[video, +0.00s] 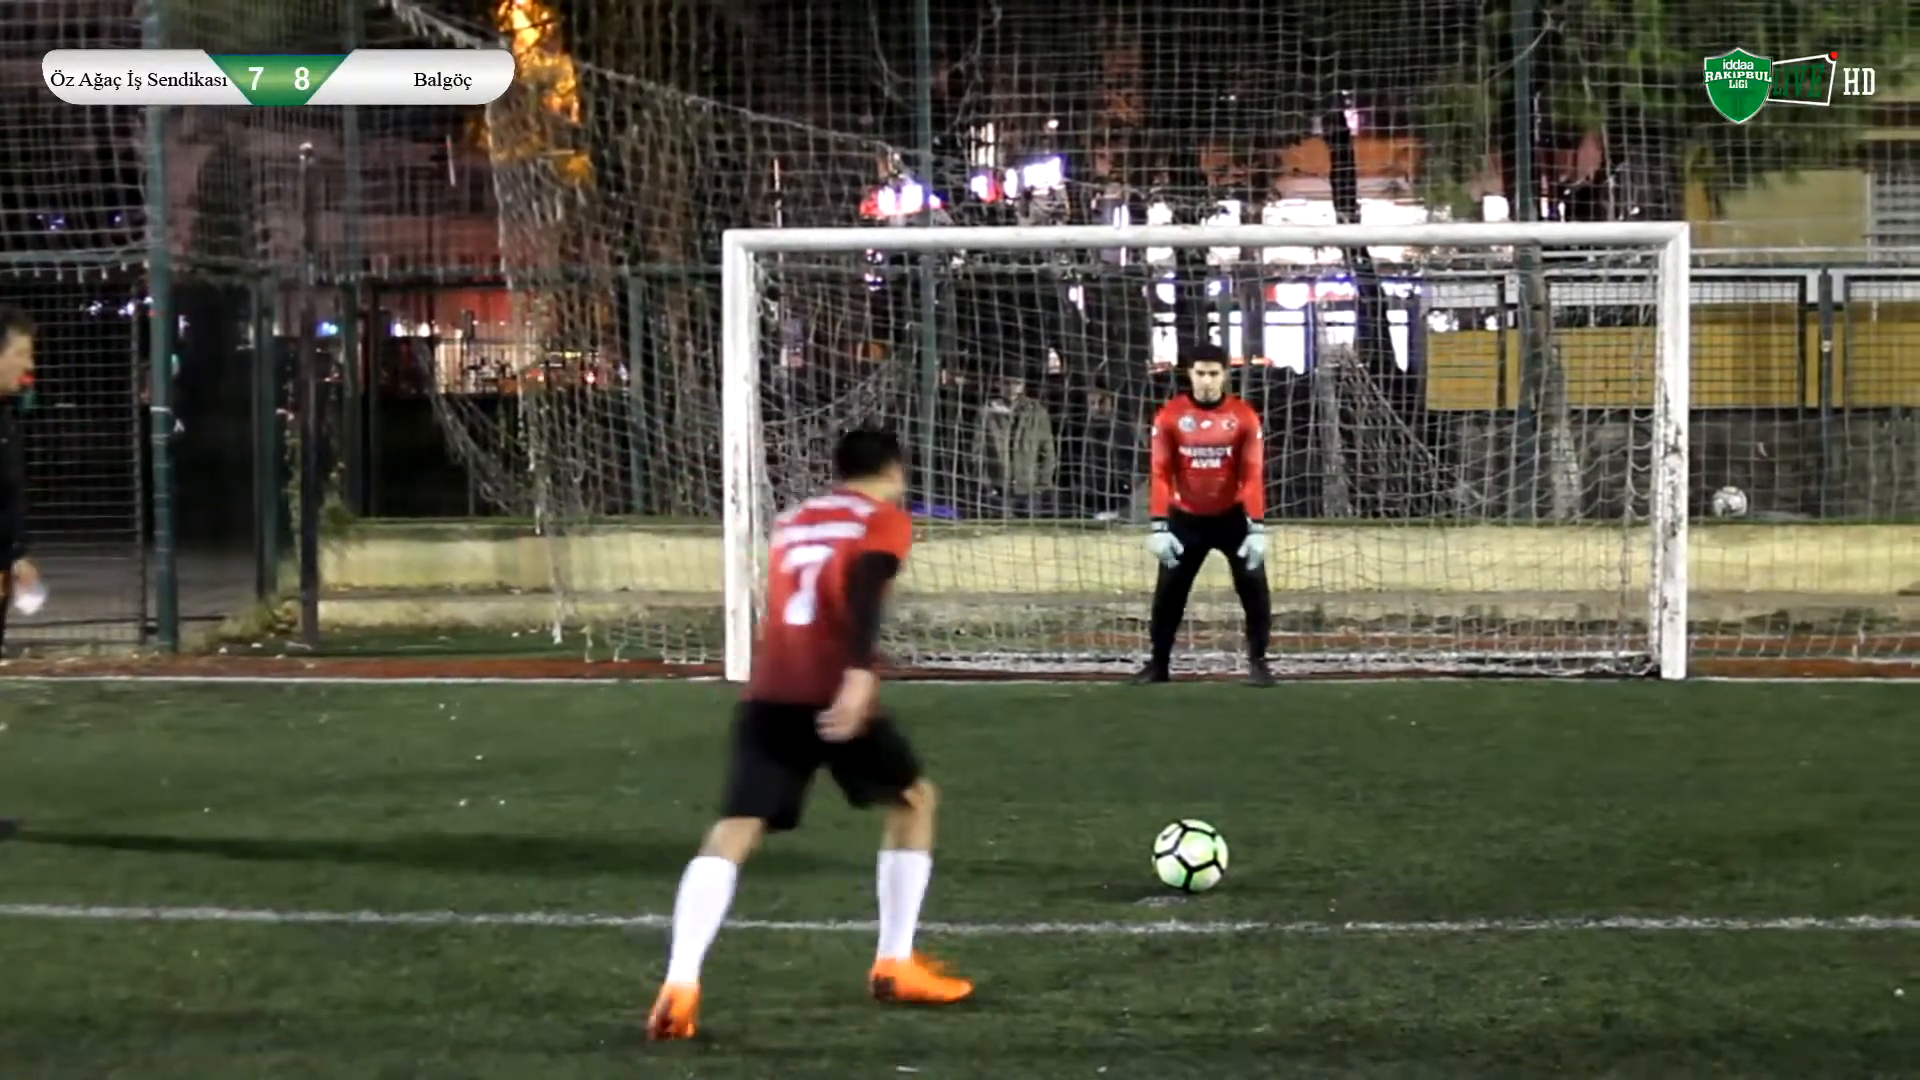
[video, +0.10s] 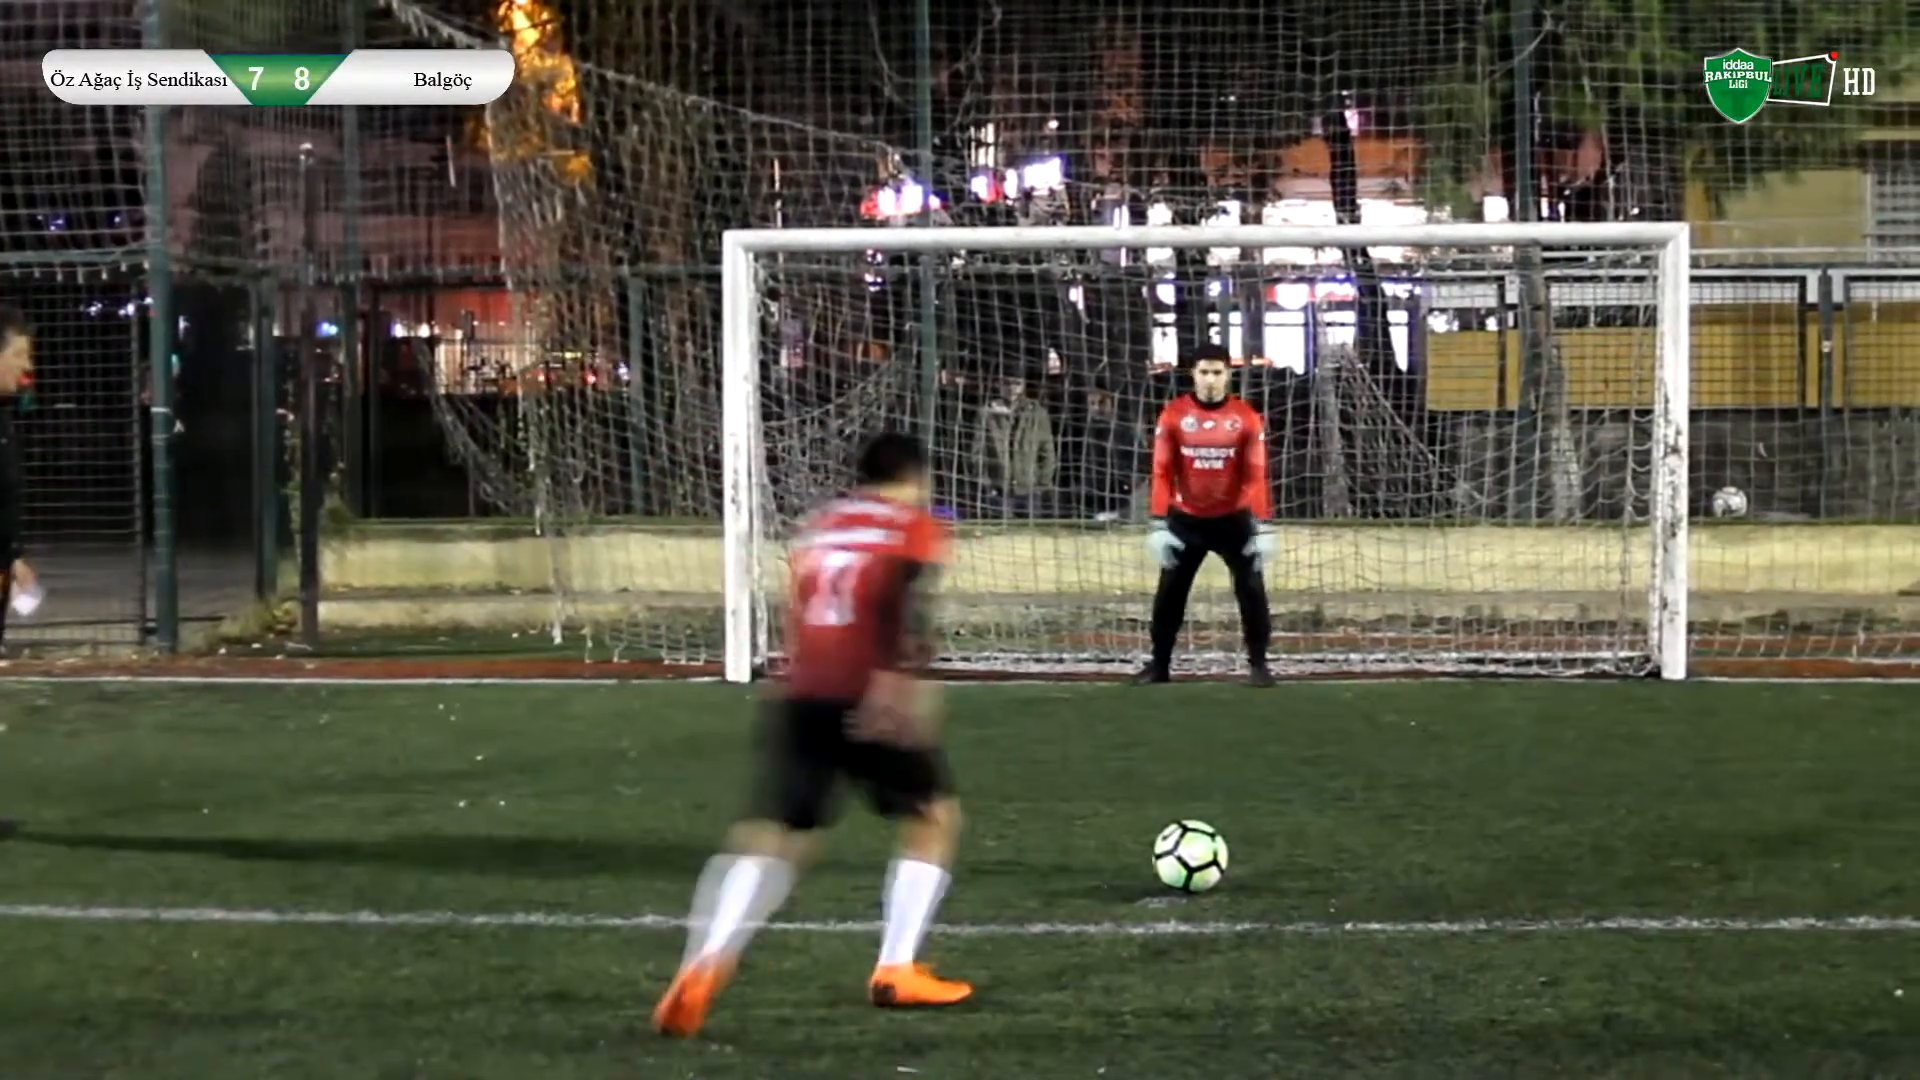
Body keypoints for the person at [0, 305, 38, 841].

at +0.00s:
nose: (27, 371)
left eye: (28, 359)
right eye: (20, 359)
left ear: (19, 359)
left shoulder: (12, 415)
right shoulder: (6, 418)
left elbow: (12, 492)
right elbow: (8, 493)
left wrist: (17, 552)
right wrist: (16, 553)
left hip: (6, 566)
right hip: (4, 566)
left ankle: (3, 816)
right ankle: (1, 816)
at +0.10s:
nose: (26, 371)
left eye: (27, 359)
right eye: (19, 359)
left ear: (17, 360)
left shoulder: (11, 418)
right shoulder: (5, 420)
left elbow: (9, 494)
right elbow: (6, 495)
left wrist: (15, 554)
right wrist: (12, 555)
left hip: (6, 565)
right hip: (3, 566)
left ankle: (4, 815)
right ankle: (1, 815)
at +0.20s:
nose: (23, 370)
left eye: (24, 358)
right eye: (17, 358)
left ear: (19, 359)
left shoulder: (12, 416)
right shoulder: (6, 419)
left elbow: (11, 492)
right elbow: (8, 494)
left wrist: (15, 553)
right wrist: (13, 554)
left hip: (7, 562)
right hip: (7, 563)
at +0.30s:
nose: (21, 370)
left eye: (22, 359)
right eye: (15, 359)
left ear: (16, 360)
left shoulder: (10, 421)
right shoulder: (5, 424)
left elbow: (8, 498)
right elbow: (6, 500)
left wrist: (12, 555)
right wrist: (9, 556)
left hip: (5, 568)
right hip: (4, 569)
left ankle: (3, 817)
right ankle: (2, 817)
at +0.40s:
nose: (18, 368)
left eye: (20, 357)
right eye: (13, 357)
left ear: (19, 359)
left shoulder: (14, 414)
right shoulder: (9, 416)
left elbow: (11, 494)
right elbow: (8, 496)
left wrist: (13, 554)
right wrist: (10, 556)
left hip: (8, 562)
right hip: (7, 563)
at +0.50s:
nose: (18, 368)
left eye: (19, 357)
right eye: (12, 357)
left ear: (19, 358)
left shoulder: (14, 414)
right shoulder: (7, 417)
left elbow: (10, 495)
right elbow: (7, 496)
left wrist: (12, 554)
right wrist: (8, 556)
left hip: (5, 563)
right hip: (3, 563)